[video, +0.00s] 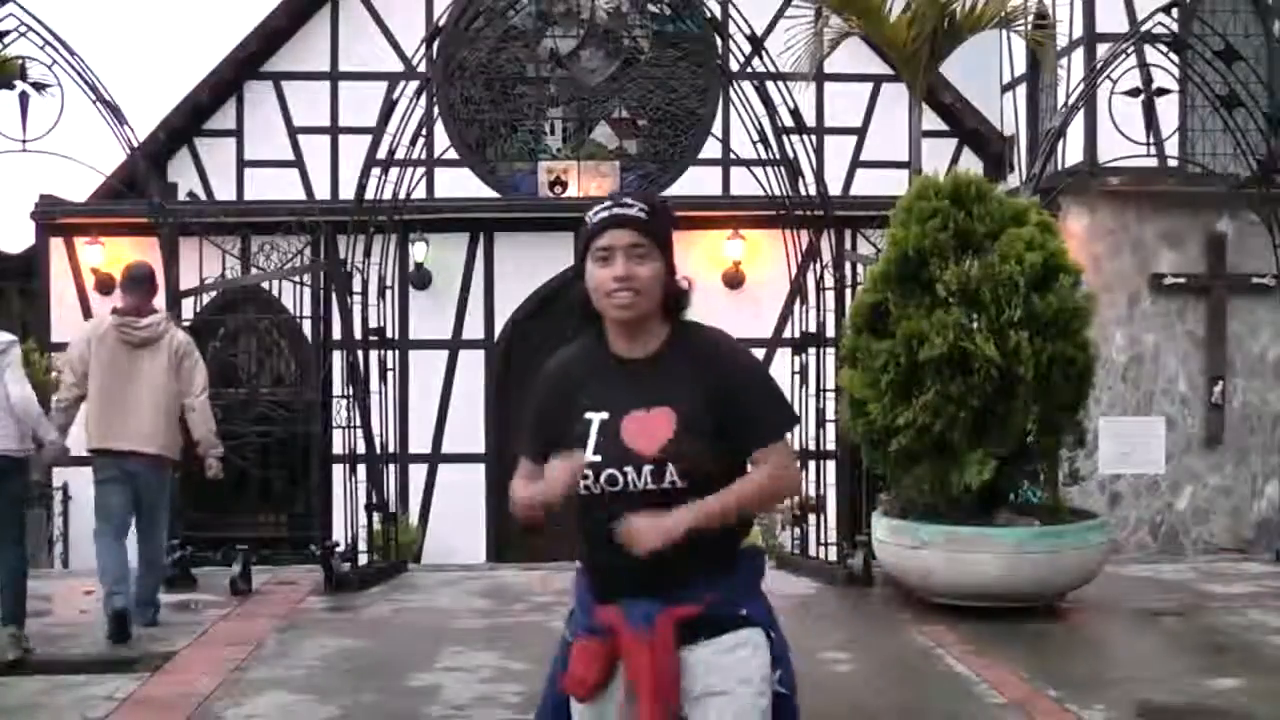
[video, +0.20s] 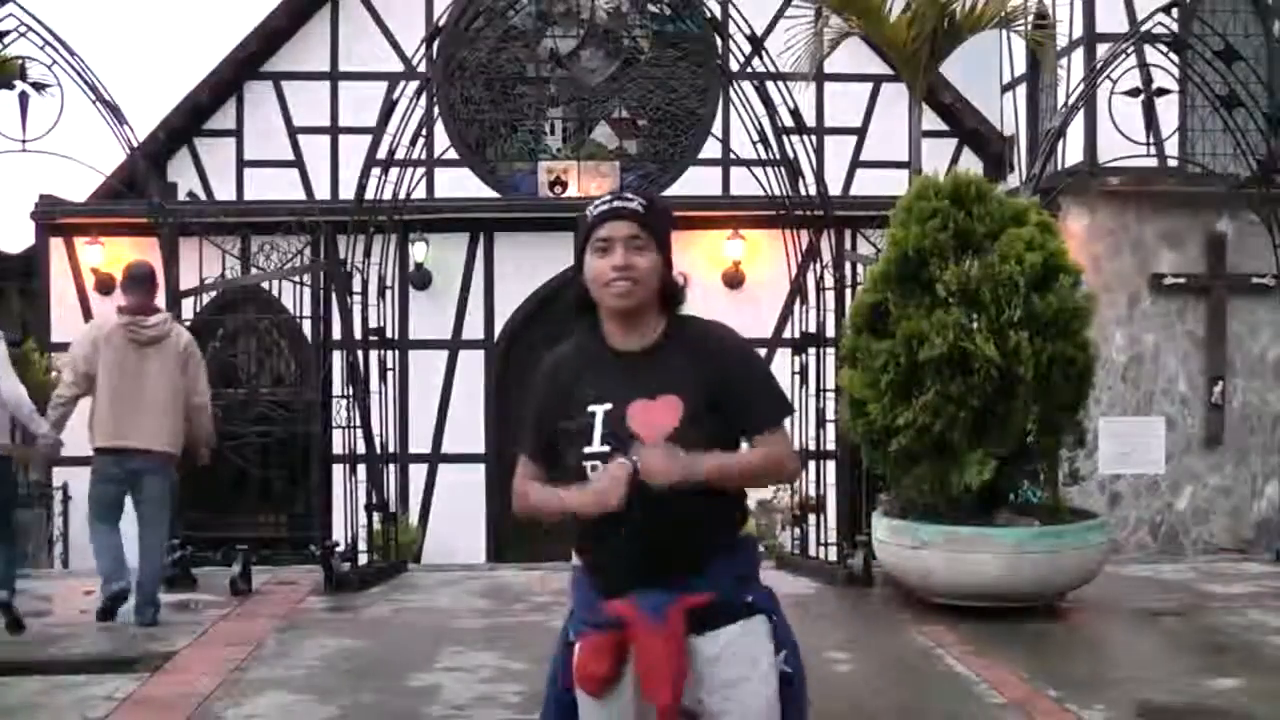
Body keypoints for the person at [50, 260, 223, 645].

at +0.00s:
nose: (129, 299)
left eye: (125, 292)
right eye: (144, 292)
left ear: (120, 290)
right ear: (155, 293)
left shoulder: (94, 334)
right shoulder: (177, 341)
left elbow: (68, 393)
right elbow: (196, 400)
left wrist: (53, 439)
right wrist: (211, 452)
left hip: (108, 448)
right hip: (156, 450)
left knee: (110, 530)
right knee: (153, 536)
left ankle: (117, 602)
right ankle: (145, 611)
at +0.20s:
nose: (138, 299)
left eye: (129, 292)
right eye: (147, 291)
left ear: (121, 291)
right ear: (156, 291)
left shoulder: (99, 333)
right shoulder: (181, 340)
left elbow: (68, 389)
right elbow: (199, 400)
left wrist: (49, 436)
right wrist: (203, 448)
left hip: (110, 449)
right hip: (159, 450)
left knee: (103, 521)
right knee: (154, 533)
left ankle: (115, 582)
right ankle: (147, 610)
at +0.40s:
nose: (128, 300)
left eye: (124, 294)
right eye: (135, 293)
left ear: (119, 294)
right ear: (152, 293)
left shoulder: (97, 335)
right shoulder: (178, 339)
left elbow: (65, 387)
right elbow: (195, 399)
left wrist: (45, 431)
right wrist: (178, 424)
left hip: (107, 449)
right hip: (156, 449)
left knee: (101, 527)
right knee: (153, 534)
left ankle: (95, 600)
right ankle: (146, 610)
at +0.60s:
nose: (106, 306)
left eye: (107, 301)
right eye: (108, 301)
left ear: (108, 300)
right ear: (138, 299)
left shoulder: (87, 340)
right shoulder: (167, 342)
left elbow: (60, 392)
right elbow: (180, 400)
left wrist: (40, 433)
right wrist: (166, 427)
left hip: (101, 449)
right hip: (148, 447)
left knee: (96, 525)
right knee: (145, 529)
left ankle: (91, 596)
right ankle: (145, 608)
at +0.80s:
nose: (99, 304)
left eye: (96, 298)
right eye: (105, 297)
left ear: (91, 297)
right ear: (122, 296)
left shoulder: (71, 340)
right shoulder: (149, 342)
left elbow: (51, 393)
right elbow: (165, 399)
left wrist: (38, 433)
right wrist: (166, 444)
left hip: (83, 448)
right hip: (127, 448)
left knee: (84, 525)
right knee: (132, 518)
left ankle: (90, 597)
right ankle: (142, 578)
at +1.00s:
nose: (90, 301)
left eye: (86, 293)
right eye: (102, 294)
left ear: (80, 294)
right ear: (111, 295)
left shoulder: (57, 338)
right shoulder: (136, 339)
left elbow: (40, 397)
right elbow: (154, 396)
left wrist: (44, 434)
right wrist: (159, 443)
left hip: (74, 442)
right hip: (117, 442)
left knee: (81, 519)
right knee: (118, 508)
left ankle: (90, 596)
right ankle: (127, 574)